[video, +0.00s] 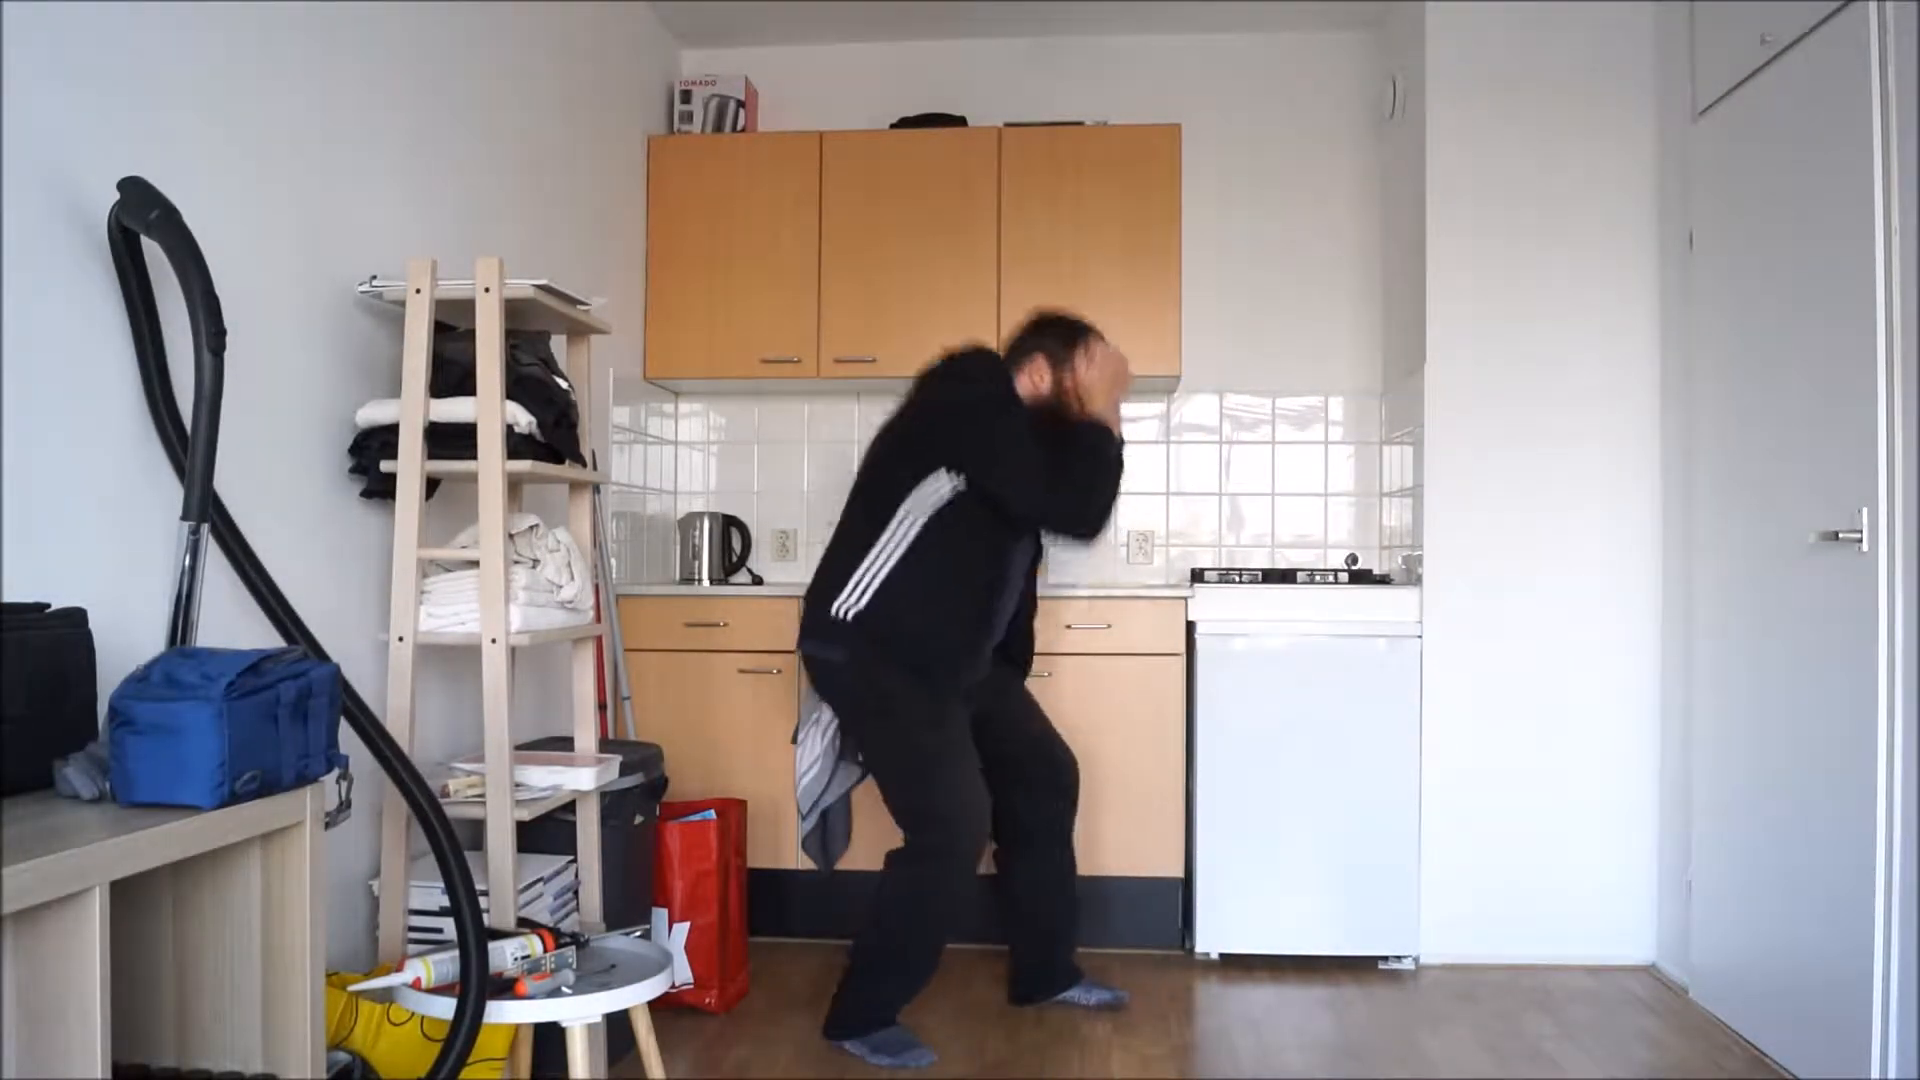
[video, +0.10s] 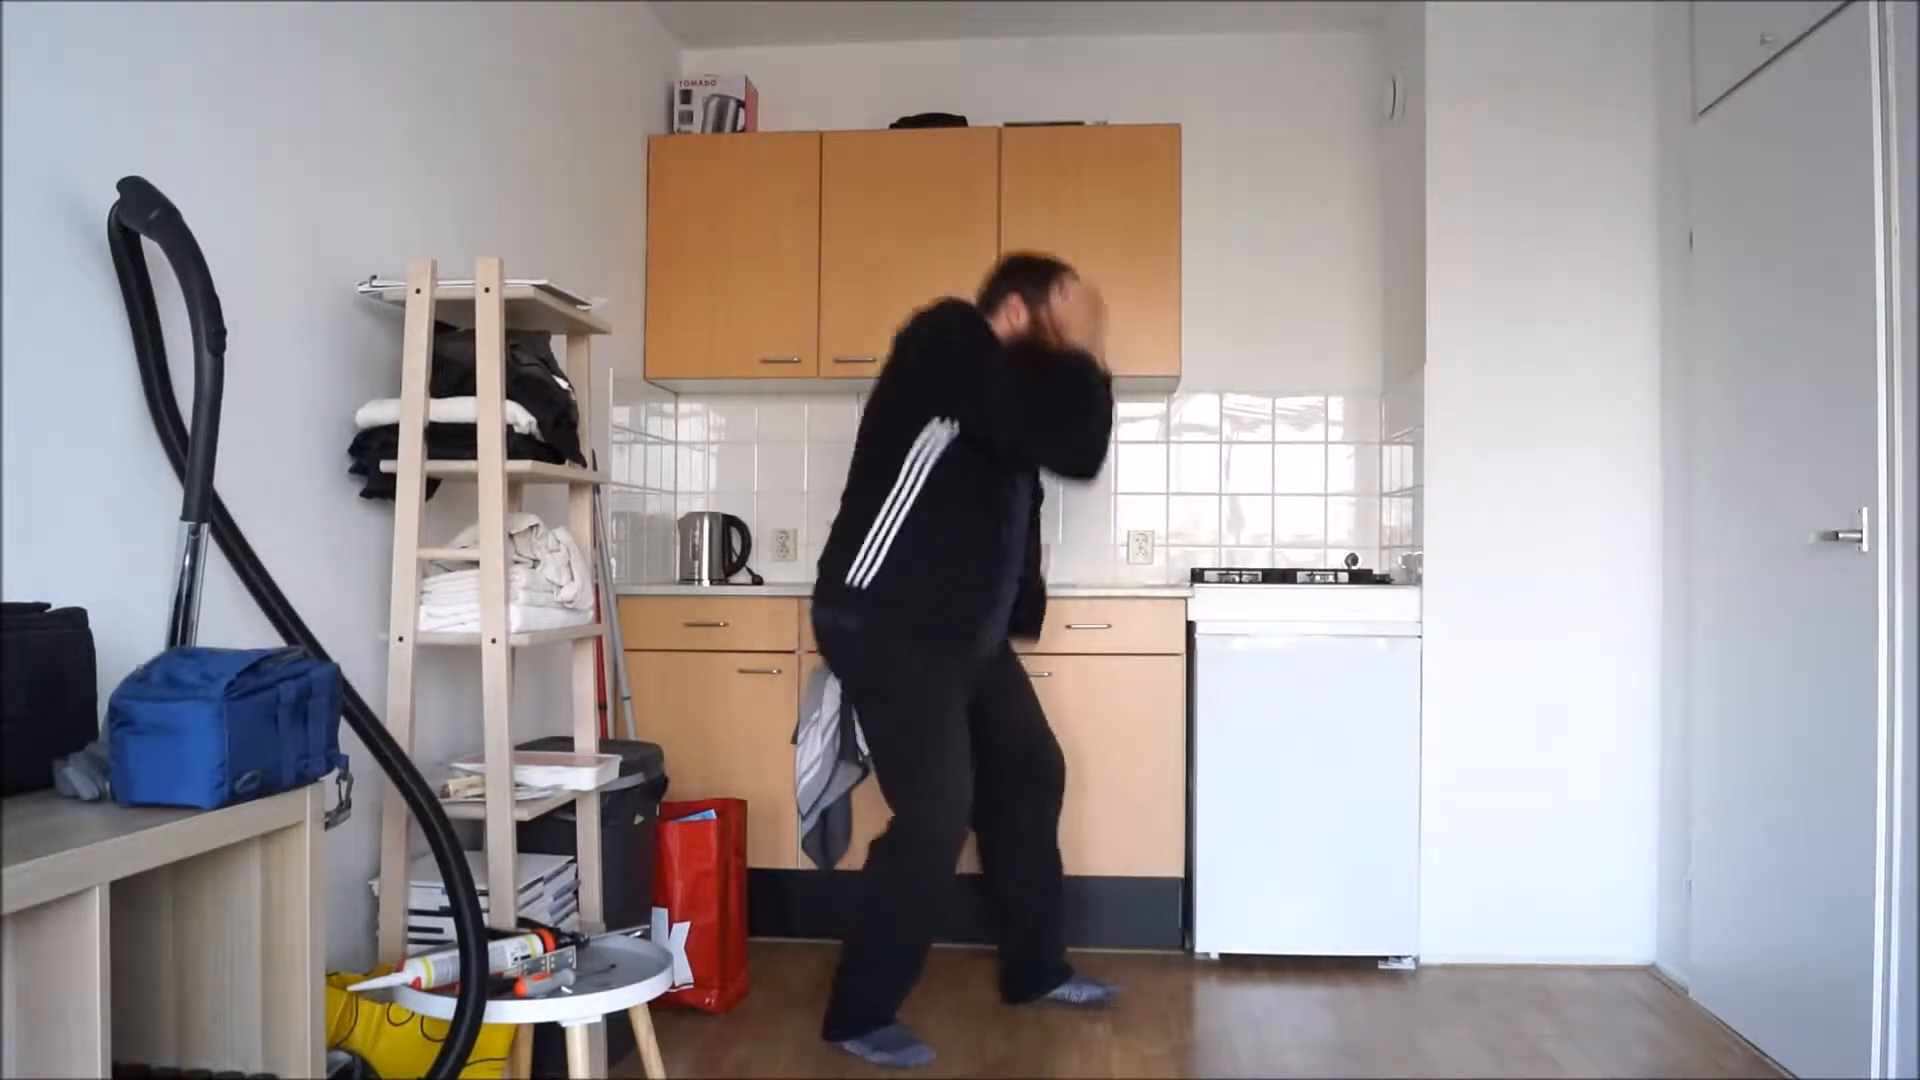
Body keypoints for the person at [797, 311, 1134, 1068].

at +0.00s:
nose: (1090, 406)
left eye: (1092, 394)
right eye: (1086, 391)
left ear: (1037, 379)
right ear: (1039, 373)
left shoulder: (1017, 425)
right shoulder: (969, 395)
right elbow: (1078, 510)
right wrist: (1102, 414)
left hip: (959, 658)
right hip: (874, 653)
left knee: (1043, 776)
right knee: (951, 826)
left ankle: (1041, 975)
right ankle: (860, 1018)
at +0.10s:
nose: (1069, 340)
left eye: (1070, 327)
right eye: (1061, 326)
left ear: (1011, 314)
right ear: (1014, 312)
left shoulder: (996, 368)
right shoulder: (947, 342)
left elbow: (1075, 454)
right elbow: (1075, 443)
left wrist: (1072, 366)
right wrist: (1076, 354)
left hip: (965, 632)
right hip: (889, 630)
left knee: (1028, 775)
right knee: (932, 812)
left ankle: (1032, 970)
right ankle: (858, 1017)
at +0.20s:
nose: (1060, 316)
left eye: (1063, 302)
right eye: (1053, 302)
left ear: (1005, 294)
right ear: (1004, 290)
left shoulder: (1000, 353)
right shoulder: (937, 322)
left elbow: (1080, 433)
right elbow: (1068, 417)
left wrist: (1081, 341)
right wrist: (1067, 326)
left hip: (976, 623)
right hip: (898, 617)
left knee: (1023, 783)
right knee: (926, 804)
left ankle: (1014, 973)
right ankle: (858, 1015)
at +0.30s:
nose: (1057, 311)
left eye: (1061, 297)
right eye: (1050, 296)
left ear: (1005, 289)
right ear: (1001, 285)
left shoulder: (998, 346)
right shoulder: (936, 319)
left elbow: (1079, 426)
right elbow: (1063, 410)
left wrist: (1082, 336)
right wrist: (1069, 320)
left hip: (983, 615)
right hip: (909, 611)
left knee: (1017, 788)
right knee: (932, 801)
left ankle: (1013, 974)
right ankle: (864, 1005)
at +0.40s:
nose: (1057, 312)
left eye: (1062, 298)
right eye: (1052, 297)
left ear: (1007, 294)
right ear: (1003, 288)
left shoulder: (1000, 350)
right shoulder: (935, 323)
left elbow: (1078, 432)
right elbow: (1042, 408)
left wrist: (1086, 343)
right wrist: (1066, 323)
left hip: (986, 617)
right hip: (911, 612)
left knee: (1025, 784)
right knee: (935, 793)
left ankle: (1014, 974)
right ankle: (874, 1004)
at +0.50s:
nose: (1060, 322)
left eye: (1064, 308)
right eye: (1054, 307)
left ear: (1008, 304)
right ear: (1006, 297)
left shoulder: (999, 362)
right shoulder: (936, 331)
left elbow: (1074, 446)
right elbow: (1045, 420)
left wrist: (1085, 354)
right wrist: (1068, 335)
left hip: (990, 626)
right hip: (911, 621)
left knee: (1043, 779)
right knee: (943, 800)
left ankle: (1020, 970)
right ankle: (874, 1005)